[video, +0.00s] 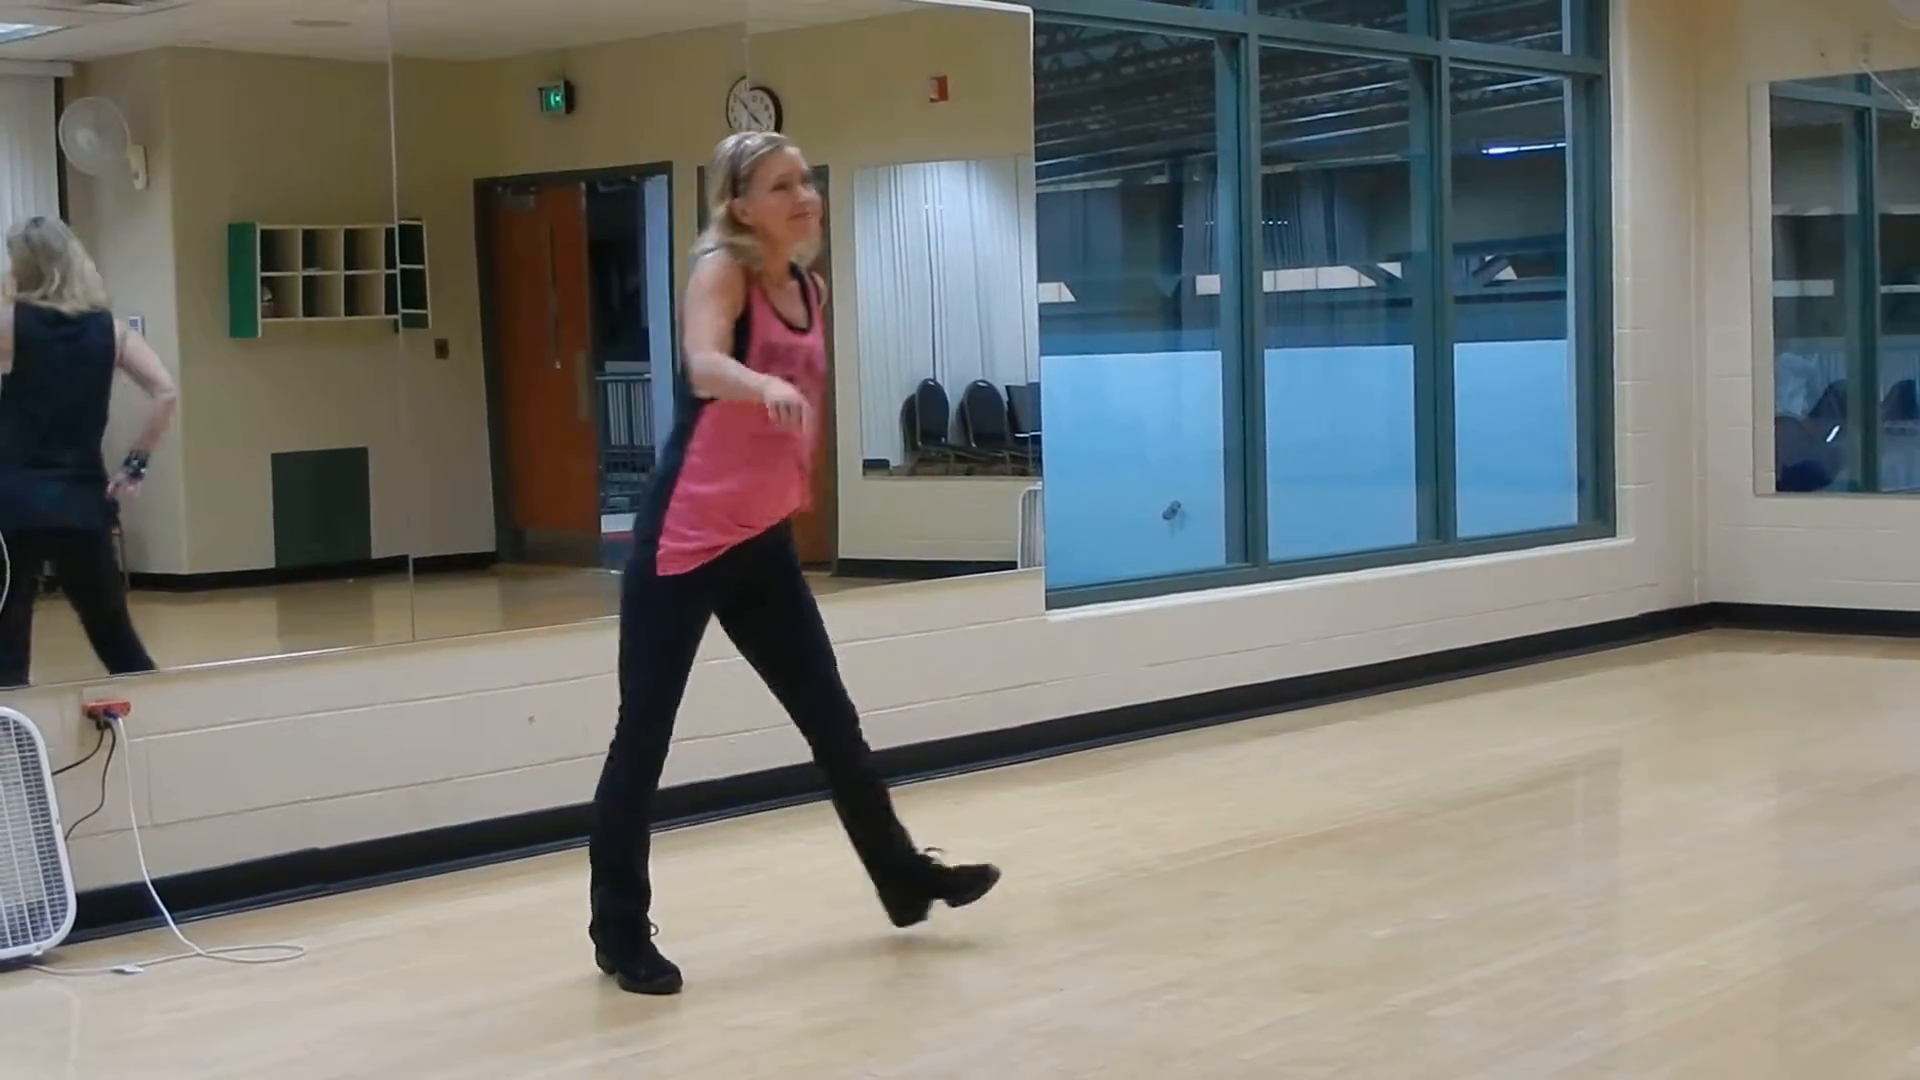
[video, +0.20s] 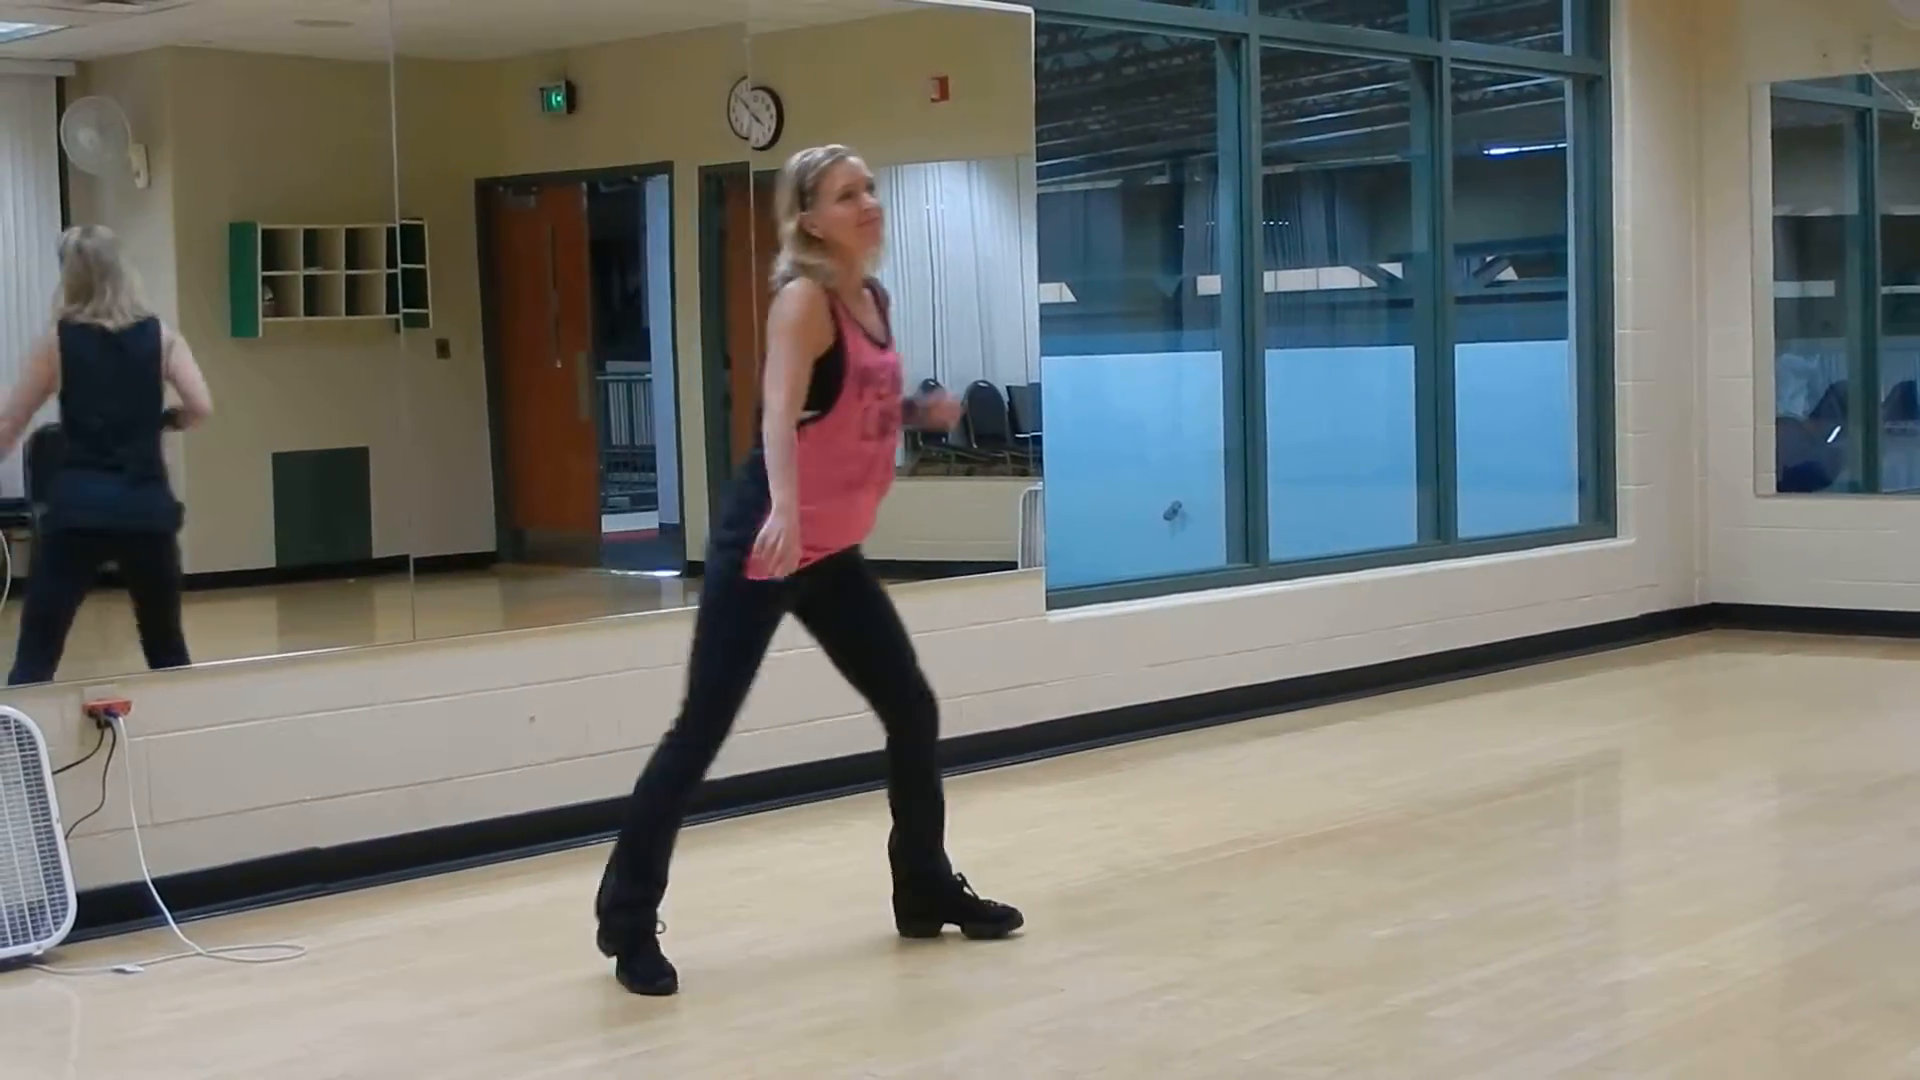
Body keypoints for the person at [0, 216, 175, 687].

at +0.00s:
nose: (8, 272)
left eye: (13, 263)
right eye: (10, 263)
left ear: (24, 267)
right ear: (74, 264)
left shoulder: (10, 322)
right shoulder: (106, 327)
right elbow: (165, 391)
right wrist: (136, 465)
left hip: (15, 508)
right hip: (79, 507)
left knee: (9, 647)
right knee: (116, 640)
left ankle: (10, 750)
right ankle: (178, 732)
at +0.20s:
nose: (62, 279)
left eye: (64, 272)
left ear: (71, 278)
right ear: (121, 273)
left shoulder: (57, 343)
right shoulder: (160, 336)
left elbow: (11, 424)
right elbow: (200, 407)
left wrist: (12, 451)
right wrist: (159, 420)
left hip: (76, 517)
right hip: (146, 516)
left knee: (36, 656)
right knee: (166, 645)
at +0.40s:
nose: (104, 277)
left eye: (108, 268)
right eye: (105, 268)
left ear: (117, 273)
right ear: (167, 269)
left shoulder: (101, 332)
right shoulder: (201, 330)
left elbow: (97, 420)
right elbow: (221, 417)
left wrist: (98, 498)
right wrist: (176, 396)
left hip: (139, 513)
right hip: (204, 510)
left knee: (70, 634)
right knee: (197, 648)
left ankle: (112, 737)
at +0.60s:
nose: (138, 277)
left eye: (141, 269)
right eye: (139, 268)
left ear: (152, 275)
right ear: (200, 273)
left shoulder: (146, 326)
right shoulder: (225, 333)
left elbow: (144, 403)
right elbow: (246, 417)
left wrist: (127, 463)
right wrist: (235, 465)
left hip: (168, 506)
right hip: (230, 506)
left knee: (143, 644)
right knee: (209, 647)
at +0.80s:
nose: (165, 271)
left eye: (169, 262)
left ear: (174, 266)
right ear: (228, 264)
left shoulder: (169, 315)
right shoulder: (259, 326)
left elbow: (138, 401)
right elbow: (284, 405)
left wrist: (100, 410)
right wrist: (294, 474)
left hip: (194, 500)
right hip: (258, 497)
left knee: (200, 637)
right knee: (246, 631)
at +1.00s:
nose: (189, 263)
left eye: (192, 255)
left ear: (198, 259)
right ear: (253, 258)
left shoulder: (191, 313)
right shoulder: (282, 314)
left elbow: (140, 391)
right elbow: (343, 362)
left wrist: (101, 442)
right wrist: (322, 429)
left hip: (221, 489)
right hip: (282, 482)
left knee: (237, 632)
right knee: (292, 617)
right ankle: (339, 717)